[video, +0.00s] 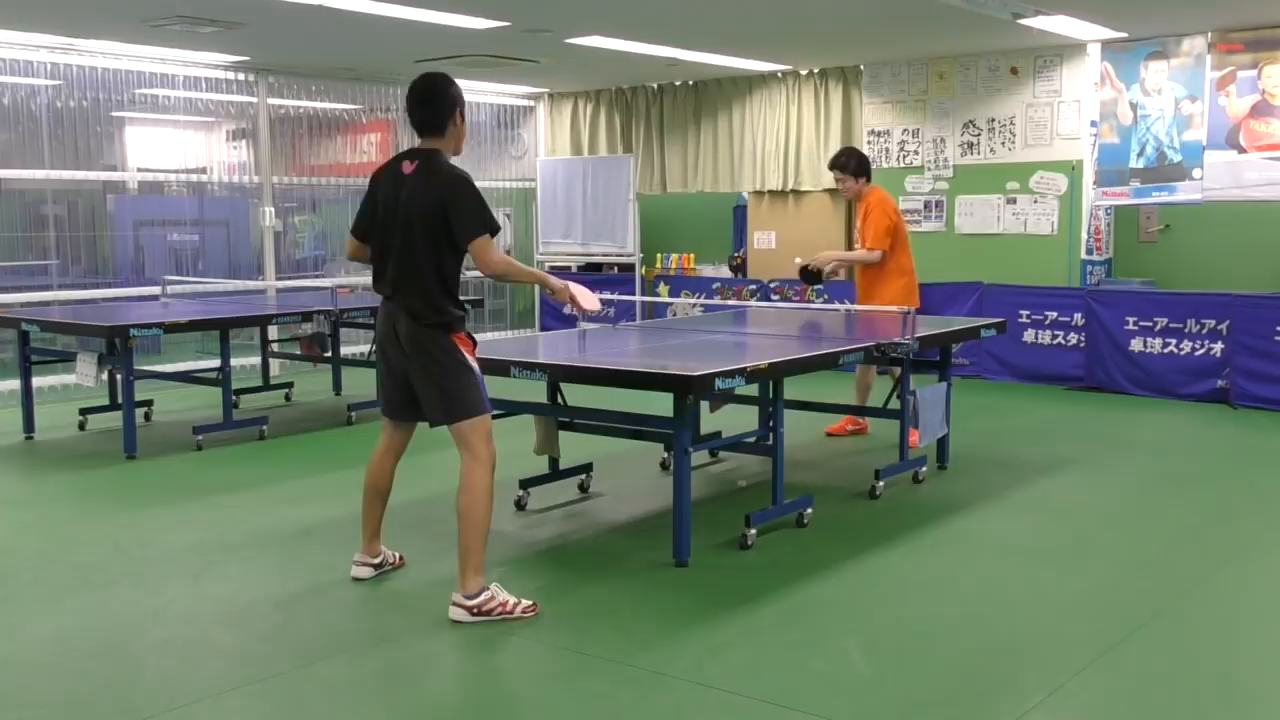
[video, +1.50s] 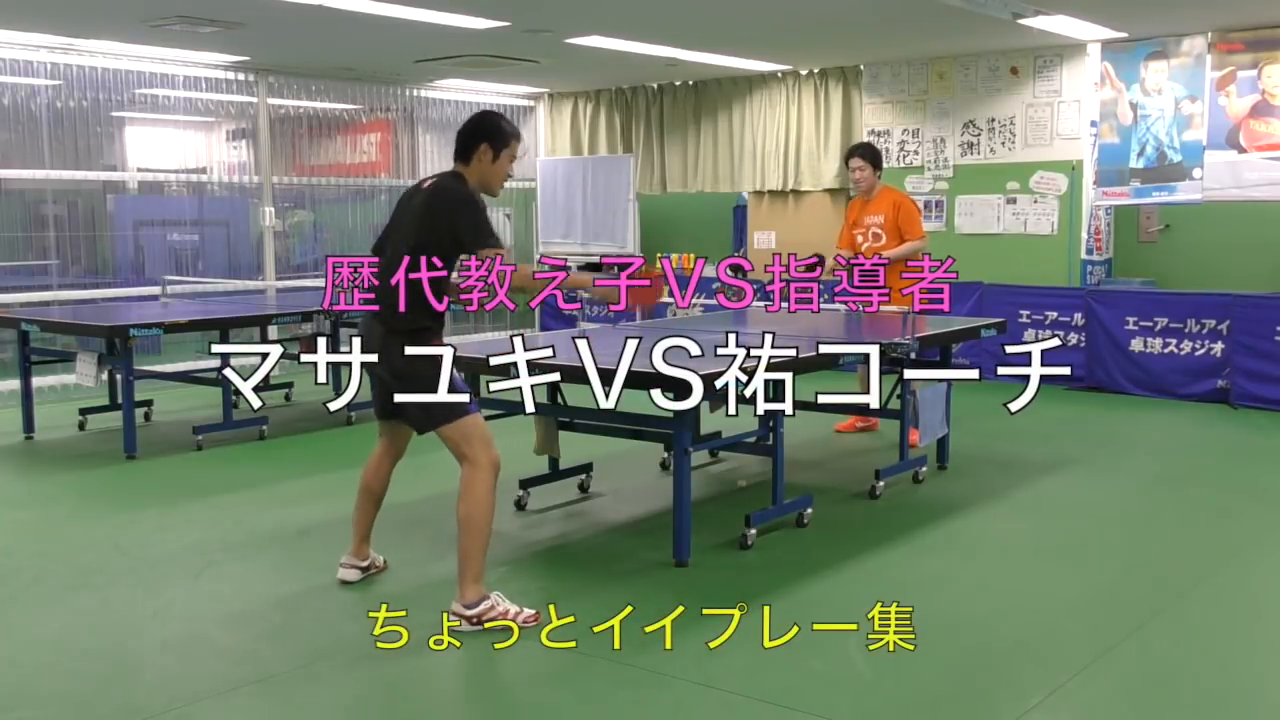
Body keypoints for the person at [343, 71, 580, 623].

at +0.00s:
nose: (467, 124)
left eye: (463, 114)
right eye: (465, 114)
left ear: (412, 121)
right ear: (457, 118)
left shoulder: (387, 173)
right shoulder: (453, 182)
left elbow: (356, 248)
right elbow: (490, 262)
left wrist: (410, 257)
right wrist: (552, 282)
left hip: (393, 326)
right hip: (438, 332)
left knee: (393, 437)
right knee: (478, 452)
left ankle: (369, 552)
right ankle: (472, 589)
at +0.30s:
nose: (500, 145)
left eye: (498, 134)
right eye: (498, 134)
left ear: (451, 131)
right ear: (486, 135)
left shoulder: (423, 176)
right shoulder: (450, 182)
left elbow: (384, 246)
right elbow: (425, 255)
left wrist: (447, 265)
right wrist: (469, 301)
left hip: (395, 328)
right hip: (424, 334)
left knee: (402, 438)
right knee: (476, 451)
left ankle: (370, 551)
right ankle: (472, 589)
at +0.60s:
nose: (510, 178)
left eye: (513, 168)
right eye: (509, 166)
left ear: (476, 159)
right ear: (483, 158)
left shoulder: (426, 193)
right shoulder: (451, 199)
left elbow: (383, 258)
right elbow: (459, 287)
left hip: (386, 340)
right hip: (405, 343)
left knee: (405, 441)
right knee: (464, 453)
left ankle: (370, 552)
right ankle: (465, 590)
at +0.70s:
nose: (508, 168)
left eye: (509, 157)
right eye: (505, 155)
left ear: (468, 151)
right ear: (483, 151)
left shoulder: (415, 188)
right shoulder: (469, 200)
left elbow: (366, 255)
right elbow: (526, 269)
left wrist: (439, 283)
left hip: (381, 336)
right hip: (411, 341)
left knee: (393, 441)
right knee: (469, 455)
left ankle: (369, 552)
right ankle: (469, 591)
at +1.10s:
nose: (502, 146)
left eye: (499, 137)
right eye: (502, 137)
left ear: (450, 136)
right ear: (493, 137)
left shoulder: (412, 184)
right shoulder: (489, 189)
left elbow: (372, 251)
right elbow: (530, 263)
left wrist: (429, 266)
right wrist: (574, 277)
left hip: (396, 338)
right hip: (448, 343)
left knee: (391, 445)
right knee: (500, 462)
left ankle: (365, 554)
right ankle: (475, 598)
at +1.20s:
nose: (509, 150)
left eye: (507, 140)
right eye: (508, 140)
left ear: (459, 137)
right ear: (496, 141)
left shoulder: (421, 183)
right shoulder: (473, 190)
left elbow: (380, 249)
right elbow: (464, 268)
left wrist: (434, 275)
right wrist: (523, 315)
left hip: (397, 342)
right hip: (437, 347)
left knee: (395, 443)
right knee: (492, 461)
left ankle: (359, 553)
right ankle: (474, 597)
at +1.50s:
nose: (509, 173)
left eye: (512, 163)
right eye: (508, 161)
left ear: (469, 154)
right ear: (482, 154)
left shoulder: (422, 191)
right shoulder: (458, 196)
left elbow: (384, 258)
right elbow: (502, 276)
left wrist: (452, 286)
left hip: (386, 344)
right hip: (418, 350)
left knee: (389, 446)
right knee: (481, 458)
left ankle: (357, 554)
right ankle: (472, 597)